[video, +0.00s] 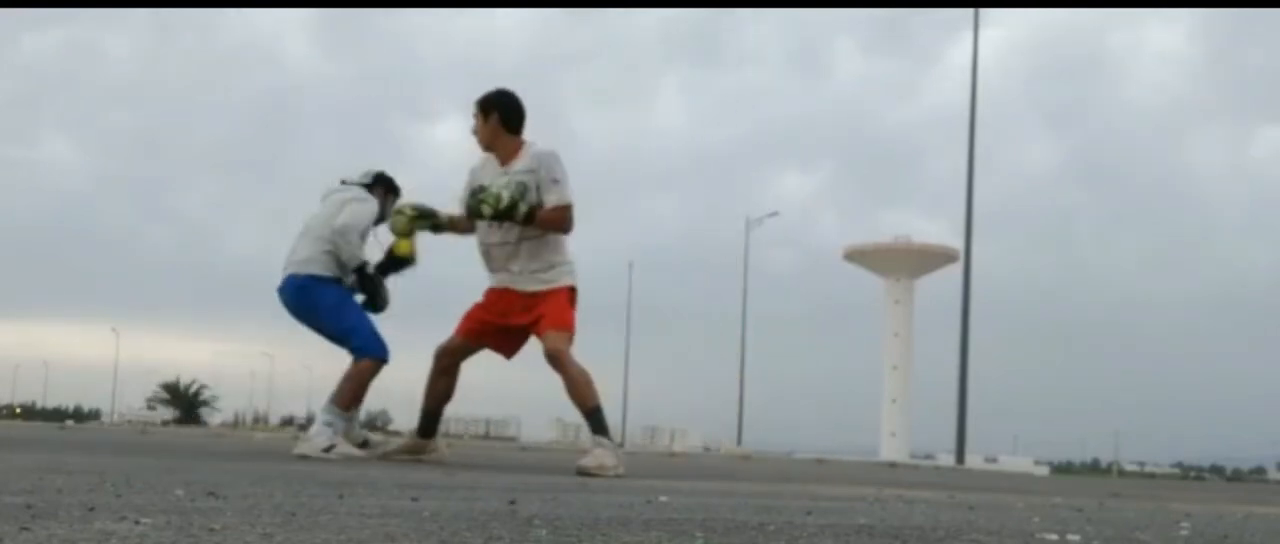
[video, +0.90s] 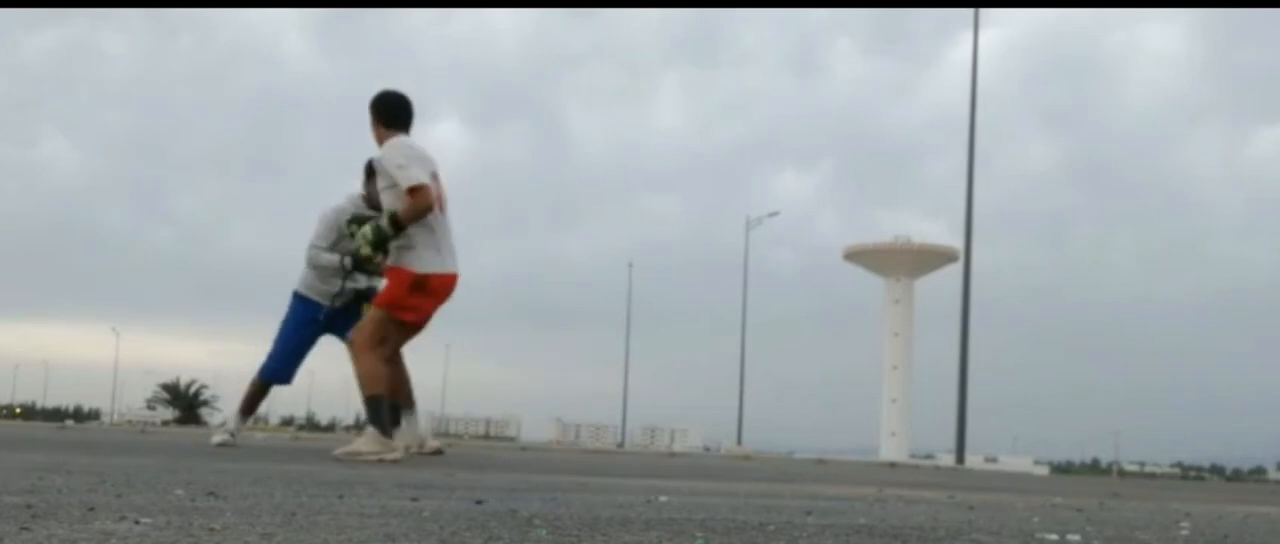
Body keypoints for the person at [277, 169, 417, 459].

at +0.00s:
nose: (389, 210)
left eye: (392, 204)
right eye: (391, 202)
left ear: (371, 188)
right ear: (382, 191)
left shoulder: (341, 202)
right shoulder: (365, 202)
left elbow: (339, 271)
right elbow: (344, 231)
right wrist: (364, 274)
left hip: (301, 283)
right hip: (314, 283)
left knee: (371, 353)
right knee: (372, 354)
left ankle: (346, 426)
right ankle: (324, 432)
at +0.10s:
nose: (393, 185)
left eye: (396, 178)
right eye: (390, 176)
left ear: (379, 175)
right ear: (371, 170)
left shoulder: (360, 204)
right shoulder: (348, 187)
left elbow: (346, 256)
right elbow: (314, 228)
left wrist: (364, 296)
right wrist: (343, 263)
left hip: (330, 281)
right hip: (308, 276)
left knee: (381, 351)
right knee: (336, 346)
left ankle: (353, 430)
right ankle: (318, 430)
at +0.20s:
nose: (368, 152)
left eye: (373, 146)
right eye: (362, 144)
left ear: (376, 152)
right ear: (346, 145)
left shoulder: (363, 203)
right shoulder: (315, 176)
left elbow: (363, 256)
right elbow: (280, 217)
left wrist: (354, 289)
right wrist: (313, 236)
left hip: (334, 277)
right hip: (300, 266)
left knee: (377, 347)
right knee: (321, 331)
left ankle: (352, 428)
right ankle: (272, 422)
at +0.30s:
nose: (350, 146)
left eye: (355, 140)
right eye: (344, 138)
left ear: (359, 146)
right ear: (329, 140)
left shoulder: (354, 194)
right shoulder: (299, 173)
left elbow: (360, 242)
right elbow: (271, 216)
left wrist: (346, 280)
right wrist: (315, 224)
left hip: (329, 275)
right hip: (294, 267)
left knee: (366, 346)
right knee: (296, 347)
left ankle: (349, 426)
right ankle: (244, 410)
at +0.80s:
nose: (358, 175)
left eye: (362, 169)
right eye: (352, 168)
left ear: (366, 172)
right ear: (338, 168)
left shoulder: (365, 206)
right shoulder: (314, 197)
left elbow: (366, 255)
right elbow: (295, 243)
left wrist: (352, 284)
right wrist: (334, 241)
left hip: (337, 297)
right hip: (298, 294)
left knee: (382, 344)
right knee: (268, 364)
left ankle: (387, 424)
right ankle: (234, 427)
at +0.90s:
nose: (380, 193)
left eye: (386, 186)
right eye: (375, 184)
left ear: (393, 189)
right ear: (366, 184)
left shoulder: (392, 223)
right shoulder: (341, 214)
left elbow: (396, 265)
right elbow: (315, 257)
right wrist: (350, 262)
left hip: (353, 307)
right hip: (312, 302)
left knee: (386, 361)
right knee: (275, 368)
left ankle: (407, 432)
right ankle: (234, 427)